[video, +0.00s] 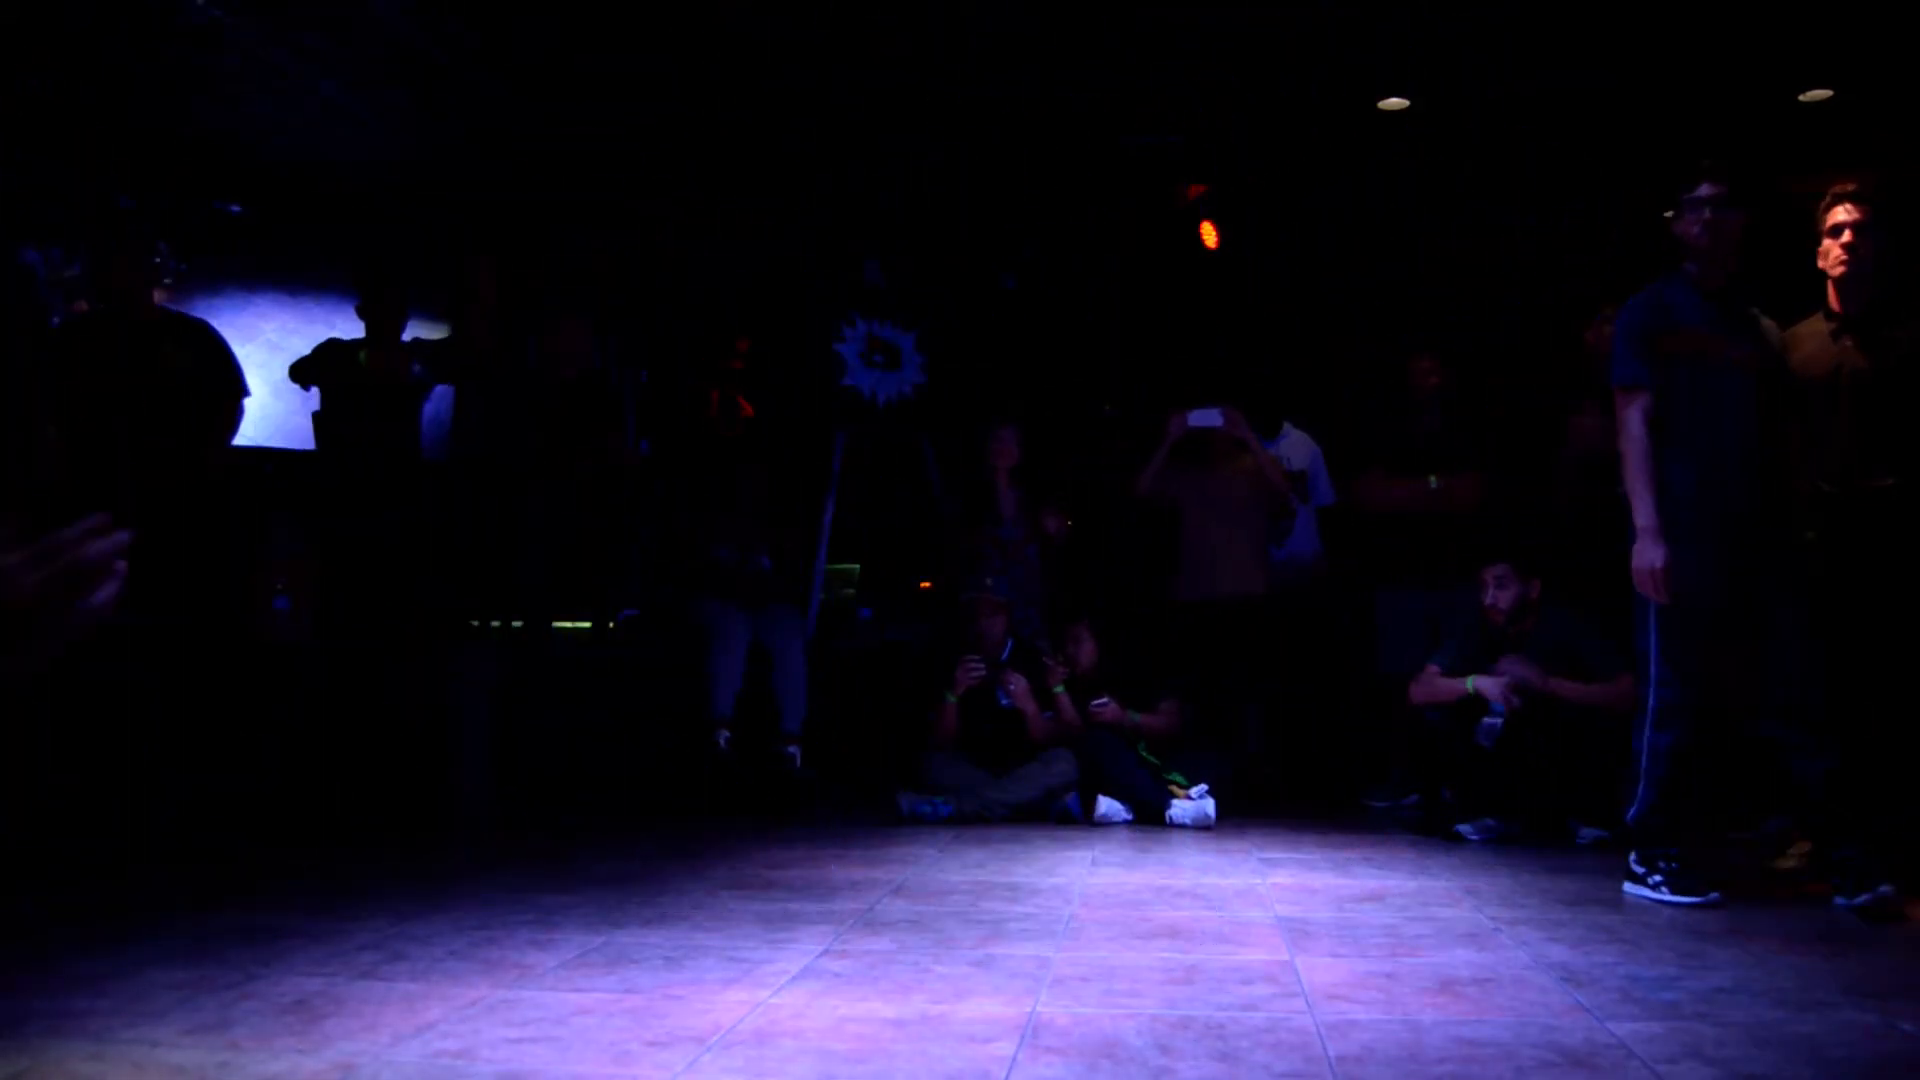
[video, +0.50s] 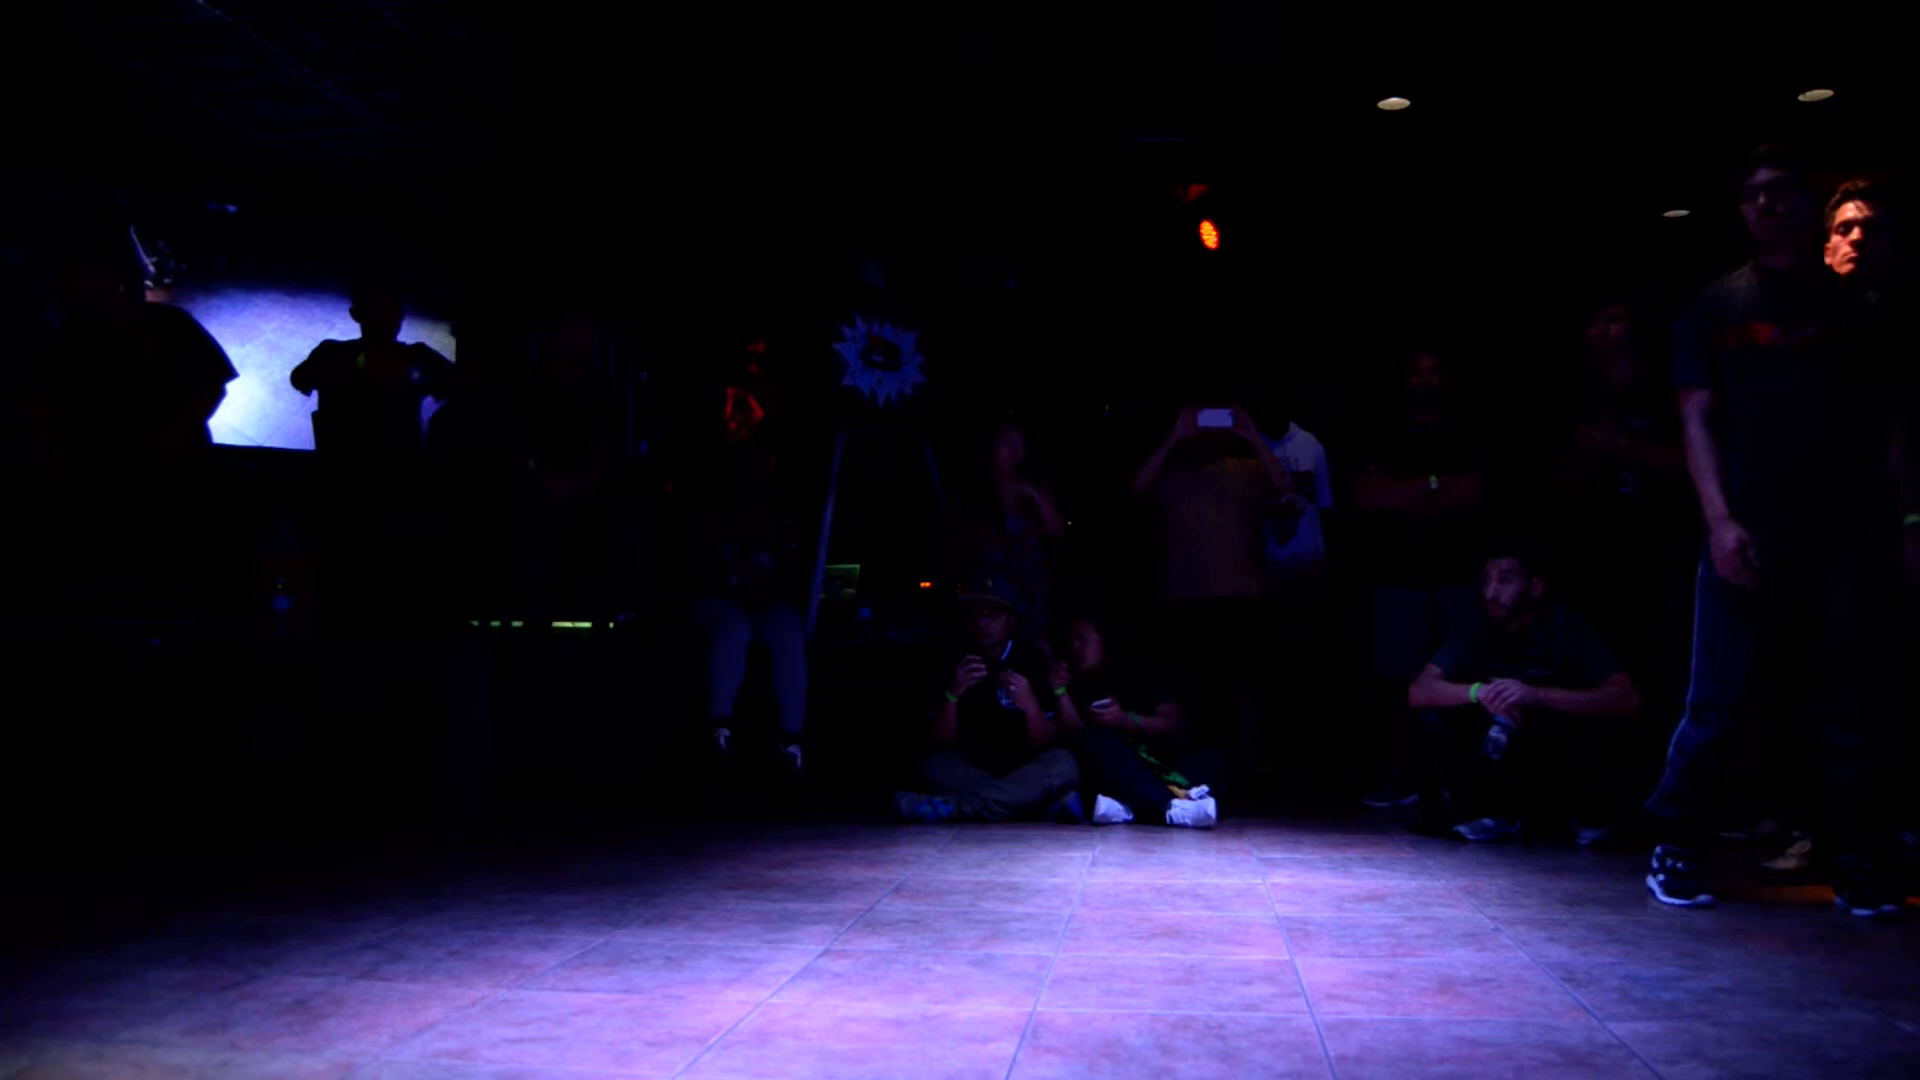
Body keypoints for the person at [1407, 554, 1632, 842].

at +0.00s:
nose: (1489, 598)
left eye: (1501, 587)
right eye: (1485, 588)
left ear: (1531, 590)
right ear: (1479, 591)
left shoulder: (1564, 633)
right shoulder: (1477, 633)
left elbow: (1624, 693)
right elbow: (1420, 690)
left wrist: (1544, 684)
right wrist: (1476, 684)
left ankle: (1590, 816)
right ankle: (1492, 815)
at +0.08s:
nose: (1489, 606)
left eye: (1501, 594)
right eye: (1485, 595)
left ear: (1531, 596)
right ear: (1478, 598)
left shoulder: (1567, 638)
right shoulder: (1479, 637)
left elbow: (1626, 696)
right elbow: (1420, 688)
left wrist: (1534, 696)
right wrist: (1478, 688)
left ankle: (1589, 816)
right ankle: (1493, 812)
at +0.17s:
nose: (1489, 608)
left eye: (1501, 596)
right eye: (1485, 597)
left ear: (1532, 598)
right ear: (1479, 600)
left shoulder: (1568, 639)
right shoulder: (1479, 638)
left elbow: (1627, 699)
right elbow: (1420, 688)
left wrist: (1534, 697)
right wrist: (1478, 689)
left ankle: (1588, 817)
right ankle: (1492, 812)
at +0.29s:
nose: (1490, 599)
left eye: (1503, 588)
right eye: (1487, 589)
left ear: (1532, 593)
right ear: (1480, 591)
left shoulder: (1567, 636)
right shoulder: (1479, 634)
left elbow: (1624, 700)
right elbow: (1420, 688)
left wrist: (1533, 696)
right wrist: (1478, 689)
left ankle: (1588, 818)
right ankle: (1492, 813)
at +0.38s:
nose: (1492, 594)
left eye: (1504, 583)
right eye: (1488, 584)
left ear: (1533, 589)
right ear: (1481, 587)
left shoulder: (1566, 635)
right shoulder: (1480, 632)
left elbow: (1624, 699)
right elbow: (1420, 689)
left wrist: (1531, 696)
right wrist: (1478, 690)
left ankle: (1588, 819)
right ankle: (1495, 815)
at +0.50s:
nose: (1491, 592)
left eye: (1505, 581)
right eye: (1488, 581)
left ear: (1534, 587)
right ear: (1482, 584)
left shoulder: (1565, 631)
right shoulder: (1480, 630)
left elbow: (1623, 697)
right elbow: (1419, 692)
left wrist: (1535, 695)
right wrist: (1480, 693)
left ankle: (1590, 818)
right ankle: (1498, 816)